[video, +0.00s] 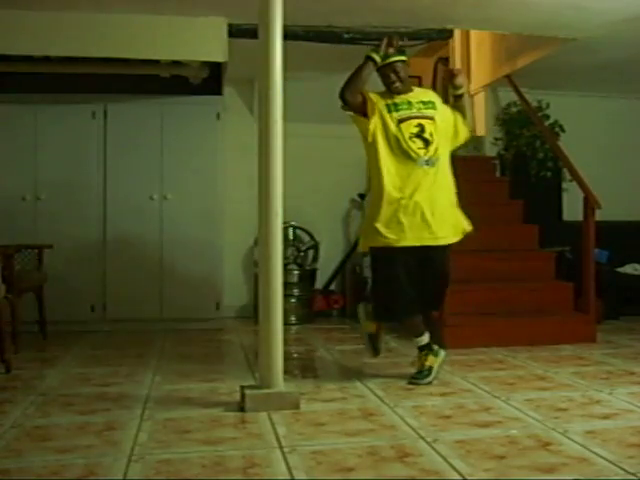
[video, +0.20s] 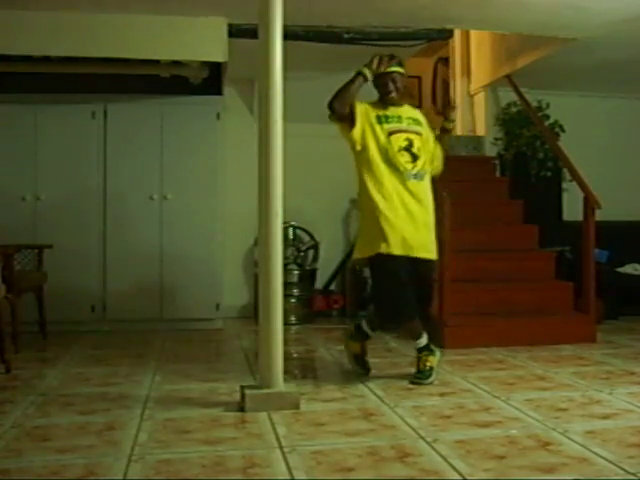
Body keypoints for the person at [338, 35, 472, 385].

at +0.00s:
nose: (392, 79)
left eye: (398, 72)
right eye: (385, 75)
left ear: (410, 72)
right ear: (379, 78)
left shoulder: (435, 103)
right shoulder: (376, 106)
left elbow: (463, 132)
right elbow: (349, 97)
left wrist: (457, 95)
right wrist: (372, 59)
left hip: (435, 212)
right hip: (390, 215)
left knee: (432, 293)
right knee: (399, 296)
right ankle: (428, 348)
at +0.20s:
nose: (390, 84)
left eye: (395, 78)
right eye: (384, 79)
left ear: (403, 82)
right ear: (375, 83)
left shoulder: (417, 117)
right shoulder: (364, 115)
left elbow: (434, 166)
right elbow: (337, 108)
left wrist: (444, 133)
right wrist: (363, 75)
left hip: (419, 217)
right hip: (383, 216)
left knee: (418, 294)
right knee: (398, 294)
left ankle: (360, 333)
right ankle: (425, 348)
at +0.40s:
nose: (385, 85)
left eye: (391, 79)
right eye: (379, 79)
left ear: (399, 83)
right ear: (369, 81)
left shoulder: (406, 119)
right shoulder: (354, 111)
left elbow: (418, 172)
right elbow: (327, 144)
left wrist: (433, 138)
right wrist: (343, 94)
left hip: (400, 213)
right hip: (366, 213)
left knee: (373, 288)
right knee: (388, 285)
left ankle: (342, 345)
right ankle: (415, 348)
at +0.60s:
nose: (381, 79)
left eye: (386, 73)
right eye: (374, 72)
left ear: (392, 76)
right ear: (363, 74)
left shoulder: (405, 115)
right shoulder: (343, 109)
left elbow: (439, 151)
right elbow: (316, 164)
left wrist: (437, 110)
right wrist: (327, 156)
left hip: (388, 206)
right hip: (352, 203)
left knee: (371, 276)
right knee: (369, 264)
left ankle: (338, 345)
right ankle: (362, 343)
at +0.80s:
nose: (367, 80)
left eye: (373, 73)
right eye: (361, 73)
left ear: (382, 75)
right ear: (350, 74)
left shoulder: (404, 109)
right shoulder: (335, 109)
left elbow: (445, 130)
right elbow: (322, 158)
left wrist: (429, 89)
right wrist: (318, 197)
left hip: (385, 208)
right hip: (346, 206)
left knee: (367, 281)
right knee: (348, 277)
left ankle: (338, 344)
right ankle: (353, 347)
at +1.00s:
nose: (355, 81)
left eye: (361, 75)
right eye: (348, 75)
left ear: (370, 78)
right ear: (339, 77)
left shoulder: (397, 107)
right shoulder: (329, 117)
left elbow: (441, 125)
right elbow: (318, 169)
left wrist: (419, 91)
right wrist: (307, 205)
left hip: (381, 209)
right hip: (340, 208)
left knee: (361, 281)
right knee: (344, 280)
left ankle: (337, 347)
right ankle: (358, 349)